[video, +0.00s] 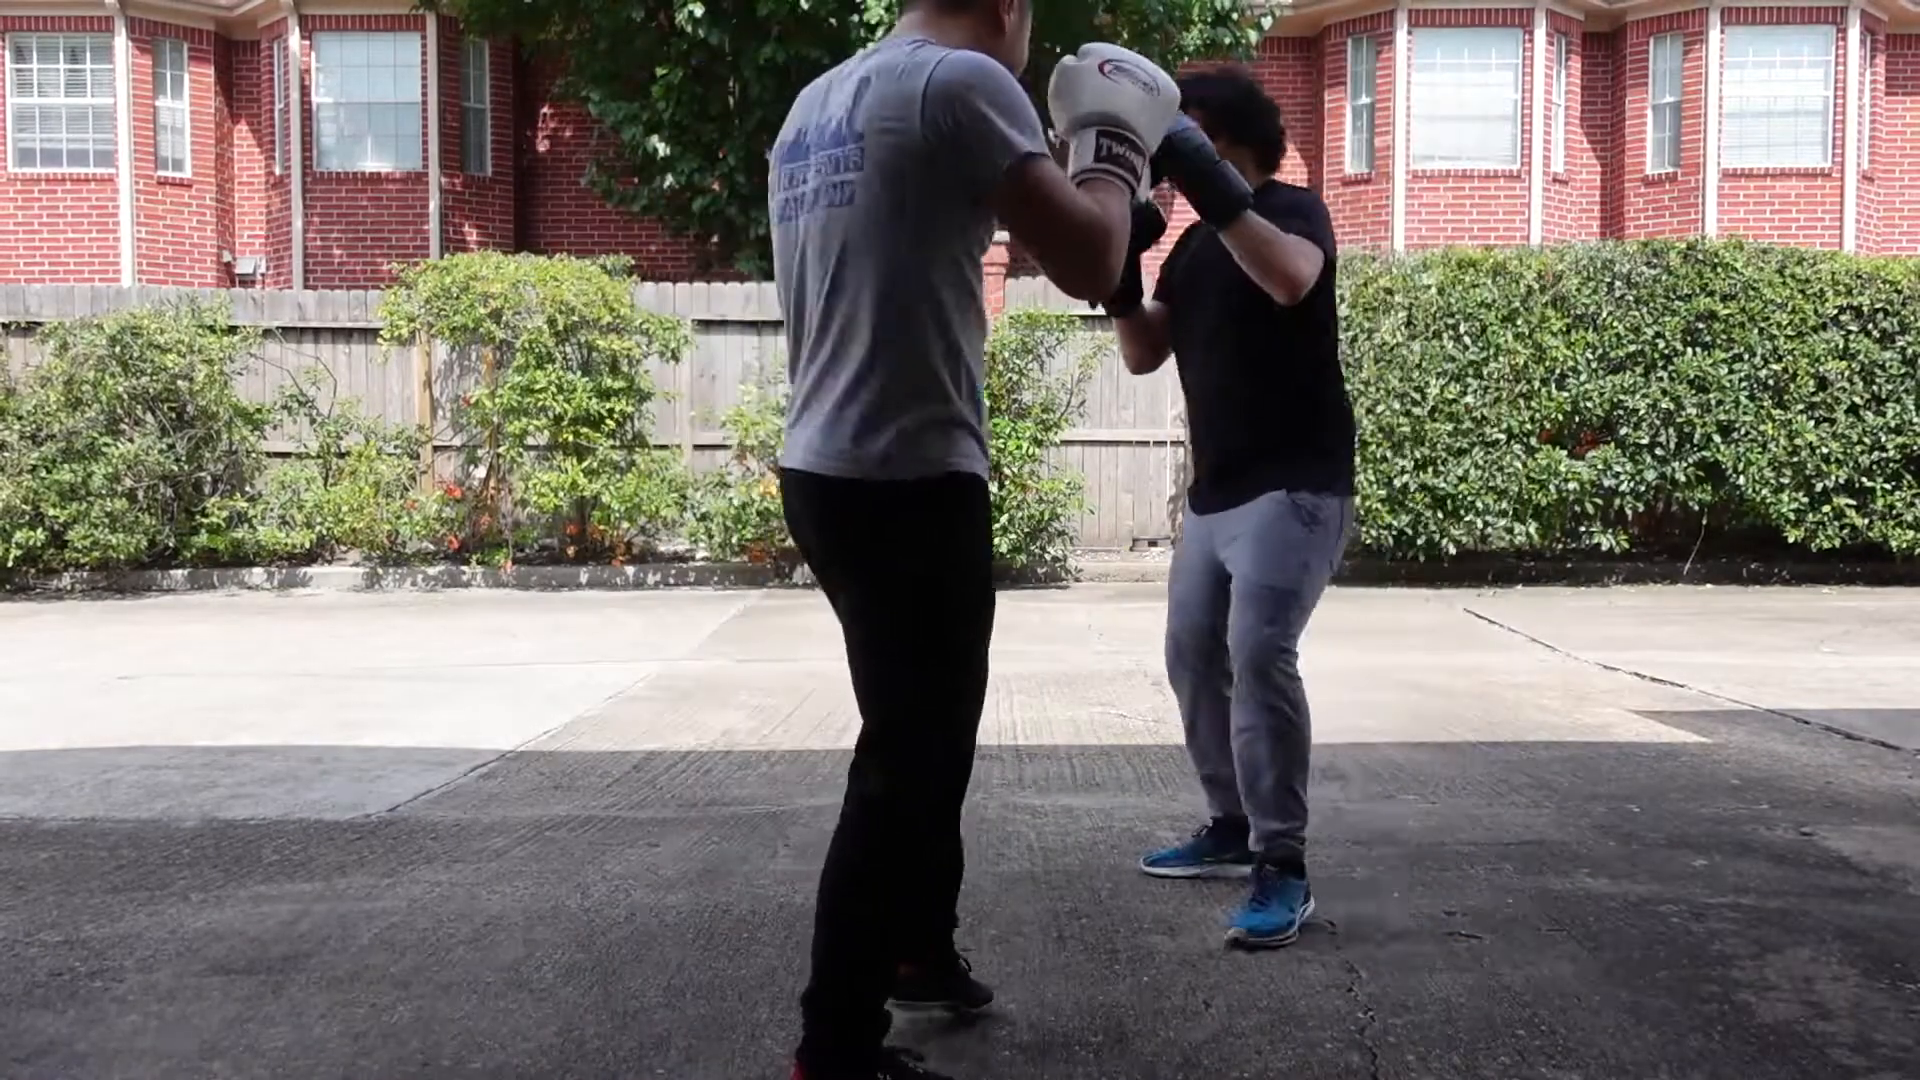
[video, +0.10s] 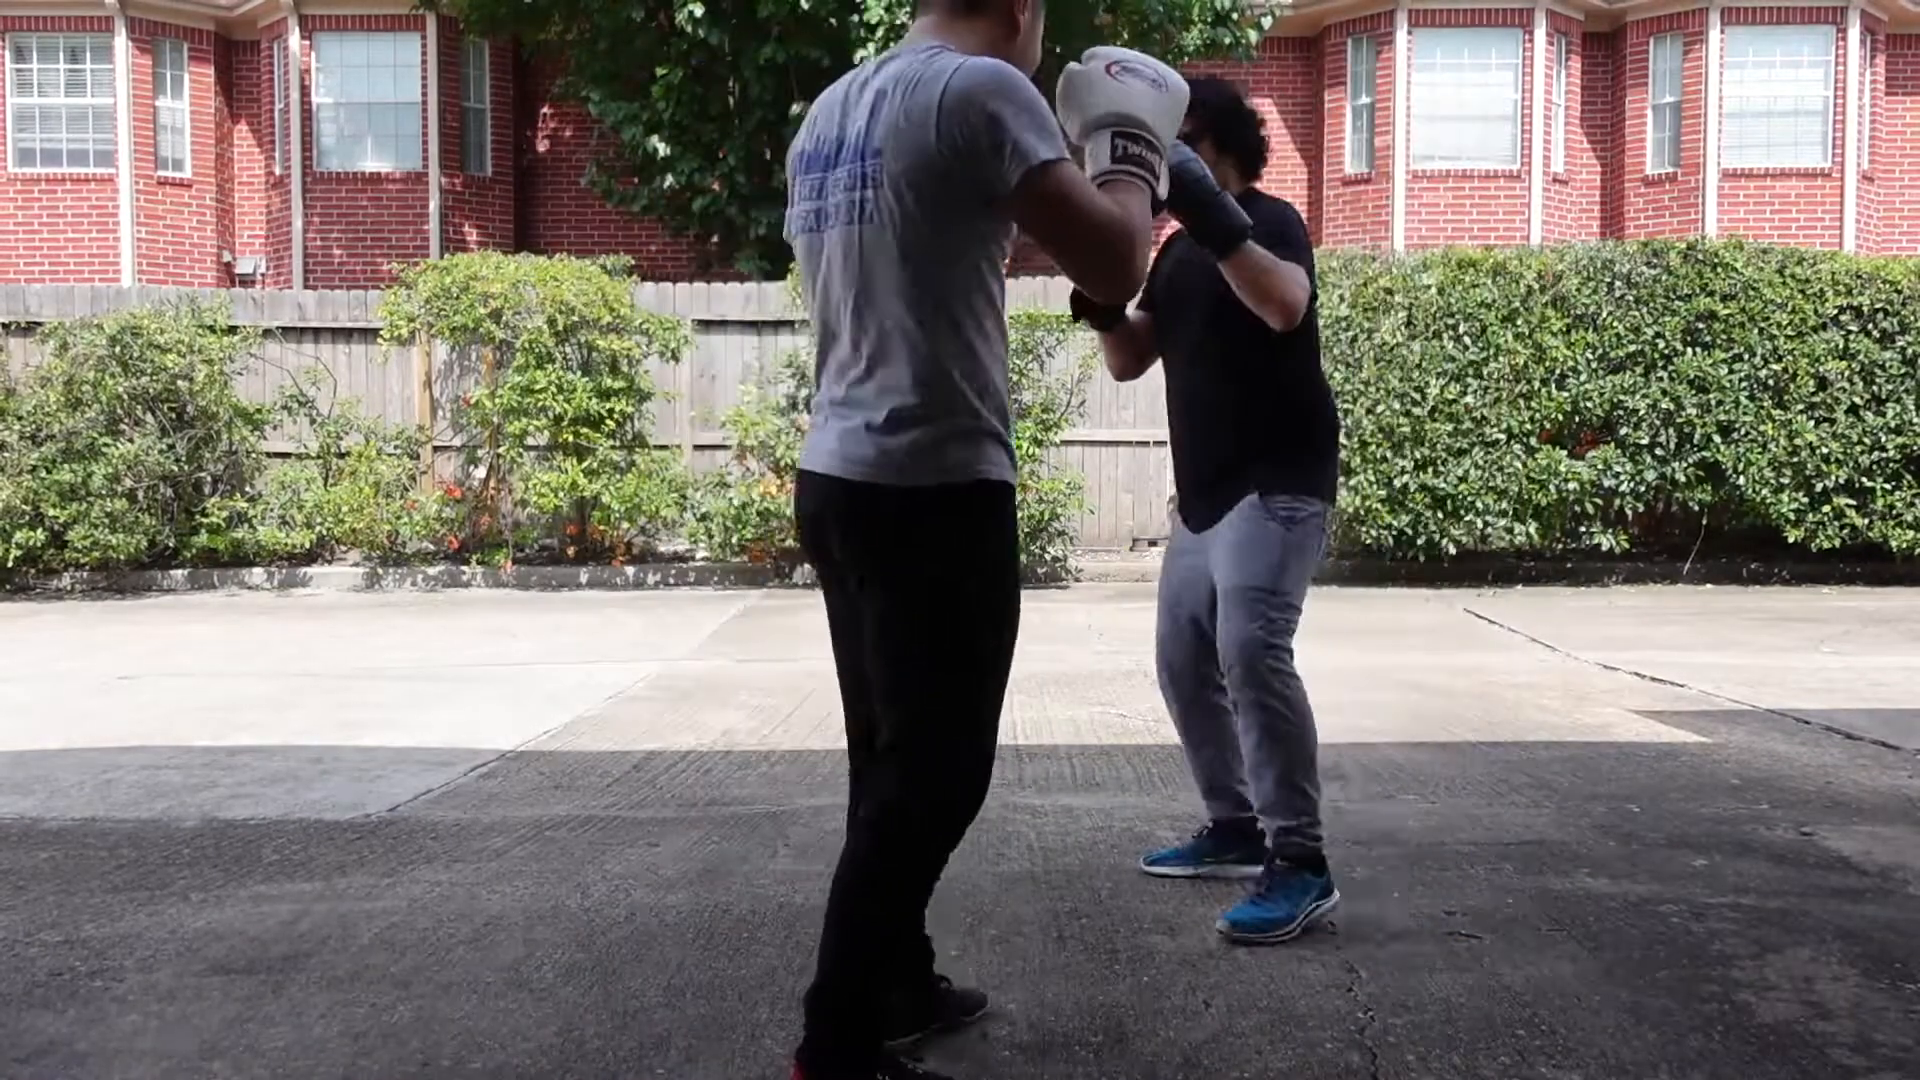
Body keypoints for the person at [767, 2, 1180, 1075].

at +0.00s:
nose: (1020, 33)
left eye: (1020, 23)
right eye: (1022, 23)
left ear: (910, 6)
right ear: (1002, 13)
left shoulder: (811, 105)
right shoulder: (961, 82)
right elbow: (1094, 260)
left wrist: (1065, 185)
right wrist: (1118, 149)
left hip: (827, 471)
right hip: (915, 478)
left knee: (924, 731)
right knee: (908, 753)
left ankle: (919, 956)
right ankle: (839, 1041)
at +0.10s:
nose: (1037, 48)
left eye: (1035, 36)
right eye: (1039, 31)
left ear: (923, 10)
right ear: (1018, 16)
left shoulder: (825, 110)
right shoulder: (985, 88)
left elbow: (907, 275)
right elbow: (1115, 263)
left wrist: (1050, 226)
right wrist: (1130, 153)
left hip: (838, 479)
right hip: (940, 489)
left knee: (889, 753)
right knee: (937, 776)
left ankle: (899, 983)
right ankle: (840, 1047)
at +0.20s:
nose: (1051, 41)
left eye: (1049, 27)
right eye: (1052, 23)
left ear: (938, 8)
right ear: (1032, 13)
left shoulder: (841, 111)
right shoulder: (1001, 96)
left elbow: (905, 284)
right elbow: (1127, 279)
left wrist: (1060, 209)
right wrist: (1144, 162)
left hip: (846, 483)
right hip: (953, 495)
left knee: (894, 743)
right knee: (1030, 766)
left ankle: (899, 976)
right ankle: (866, 1021)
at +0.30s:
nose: (1070, 57)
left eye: (1070, 40)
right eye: (1074, 35)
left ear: (960, 9)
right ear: (1055, 15)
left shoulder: (859, 105)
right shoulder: (1010, 107)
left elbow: (935, 275)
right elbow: (1122, 309)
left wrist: (1075, 191)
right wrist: (1157, 210)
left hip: (866, 485)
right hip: (976, 496)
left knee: (909, 750)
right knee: (1066, 754)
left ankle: (902, 993)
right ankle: (995, 1036)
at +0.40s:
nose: (1096, 56)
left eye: (1099, 38)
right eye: (1100, 35)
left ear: (977, 10)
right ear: (1083, 19)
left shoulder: (870, 102)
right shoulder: (1039, 121)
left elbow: (823, 285)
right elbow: (1159, 317)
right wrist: (1176, 223)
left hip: (883, 480)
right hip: (980, 492)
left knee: (1003, 676)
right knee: (1049, 757)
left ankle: (959, 854)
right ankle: (1006, 1043)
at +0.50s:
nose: (1141, 49)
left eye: (1141, 31)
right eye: (1143, 29)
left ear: (1020, 5)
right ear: (1124, 18)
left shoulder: (908, 86)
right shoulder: (1082, 131)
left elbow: (851, 266)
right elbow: (1186, 319)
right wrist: (1195, 223)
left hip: (868, 458)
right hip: (953, 480)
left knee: (1101, 428)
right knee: (1020, 751)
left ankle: (1062, 624)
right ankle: (998, 1048)